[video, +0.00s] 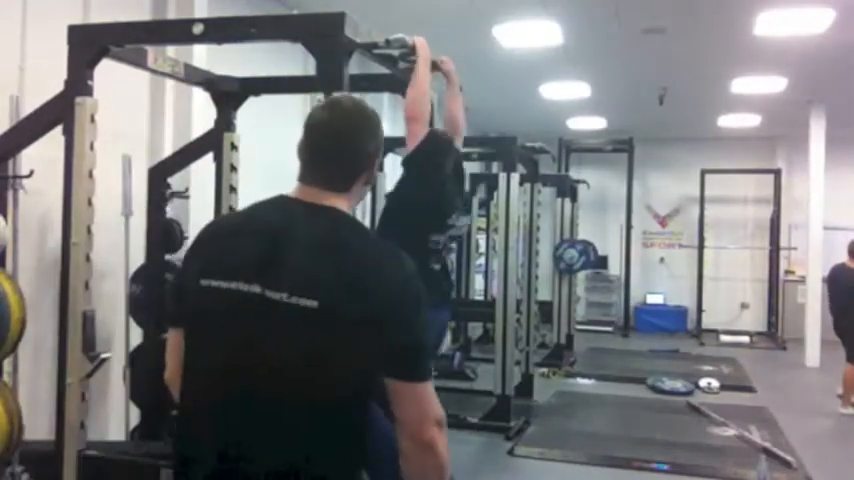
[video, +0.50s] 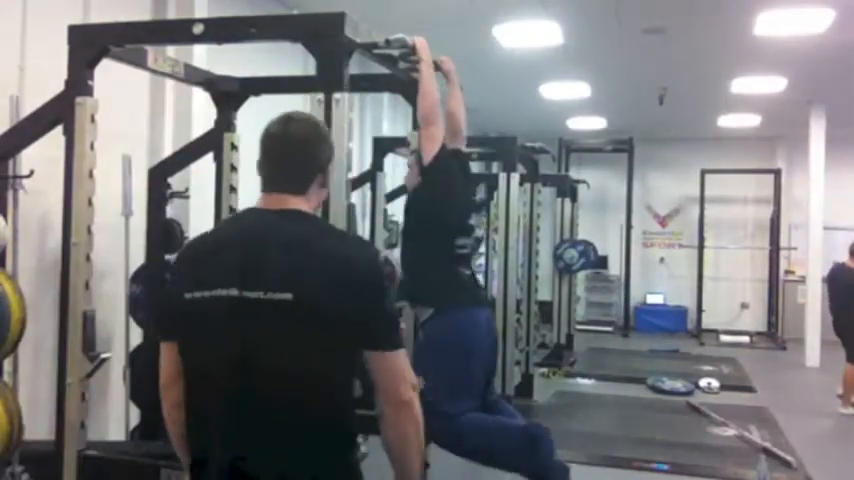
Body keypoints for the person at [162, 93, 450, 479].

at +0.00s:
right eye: (380, 163)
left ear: (300, 152)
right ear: (372, 169)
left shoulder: (217, 238)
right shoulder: (386, 272)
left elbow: (176, 376)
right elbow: (423, 430)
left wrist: (221, 438)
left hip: (215, 462)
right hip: (329, 465)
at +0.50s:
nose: (332, 179)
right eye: (331, 170)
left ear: (262, 170)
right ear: (323, 176)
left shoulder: (195, 257)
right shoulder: (355, 260)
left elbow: (171, 388)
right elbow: (399, 397)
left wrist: (192, 464)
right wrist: (410, 473)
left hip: (221, 466)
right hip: (322, 466)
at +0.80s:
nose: (310, 179)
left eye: (309, 169)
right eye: (310, 169)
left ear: (238, 167)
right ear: (299, 173)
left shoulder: (175, 261)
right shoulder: (328, 256)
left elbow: (169, 380)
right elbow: (373, 384)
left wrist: (204, 440)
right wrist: (367, 442)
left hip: (216, 462)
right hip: (309, 462)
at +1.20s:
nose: (330, 177)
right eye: (329, 167)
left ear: (264, 170)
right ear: (323, 178)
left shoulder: (202, 256)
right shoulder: (351, 263)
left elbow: (181, 378)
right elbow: (390, 391)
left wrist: (198, 455)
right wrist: (407, 466)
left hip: (234, 463)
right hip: (329, 463)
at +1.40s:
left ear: (296, 169)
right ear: (357, 182)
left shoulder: (235, 257)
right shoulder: (384, 264)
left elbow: (212, 376)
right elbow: (424, 394)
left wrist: (225, 453)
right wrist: (434, 471)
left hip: (265, 459)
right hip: (358, 462)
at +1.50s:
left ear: (317, 172)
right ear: (377, 183)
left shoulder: (258, 253)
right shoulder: (405, 266)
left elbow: (232, 377)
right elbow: (442, 398)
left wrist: (253, 450)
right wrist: (451, 471)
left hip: (283, 461)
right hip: (376, 463)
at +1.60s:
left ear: (336, 172)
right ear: (395, 185)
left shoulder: (278, 251)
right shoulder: (420, 266)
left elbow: (253, 375)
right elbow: (456, 399)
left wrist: (283, 444)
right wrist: (463, 471)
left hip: (300, 459)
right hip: (391, 463)